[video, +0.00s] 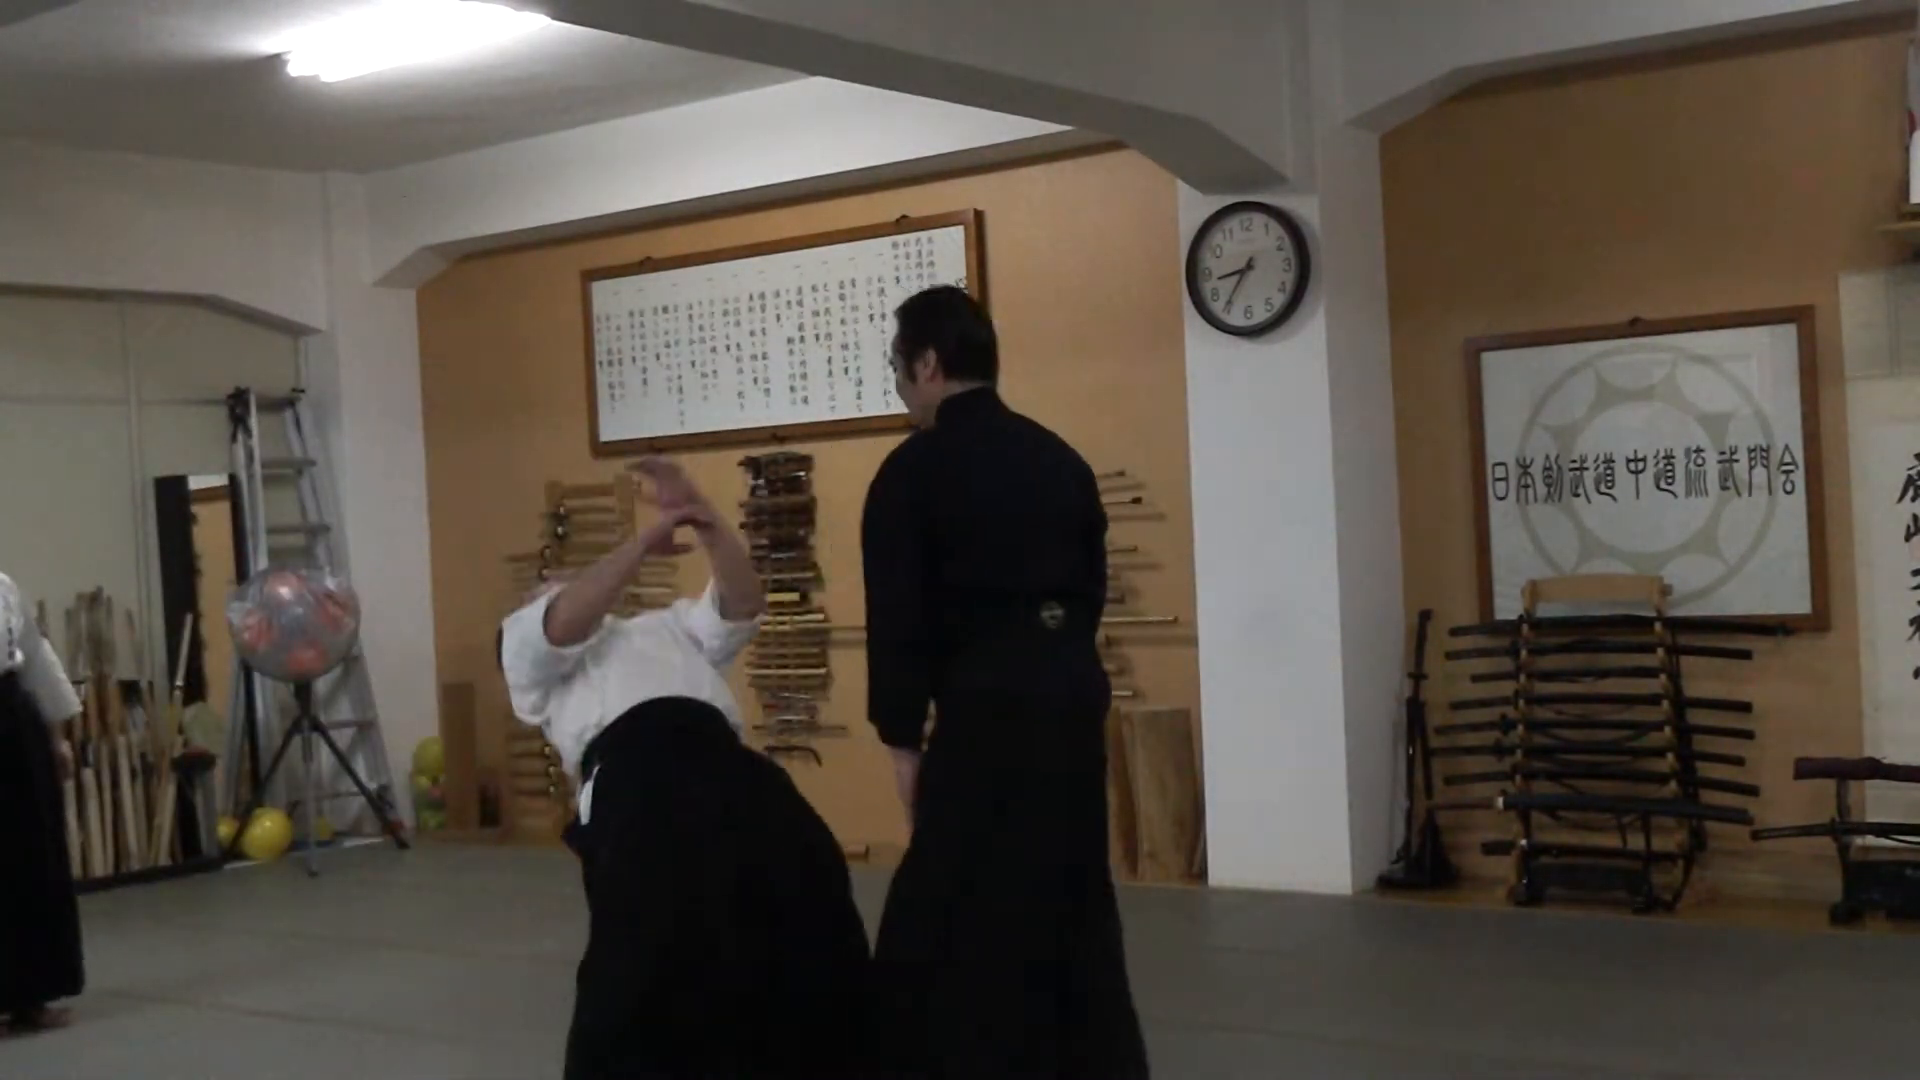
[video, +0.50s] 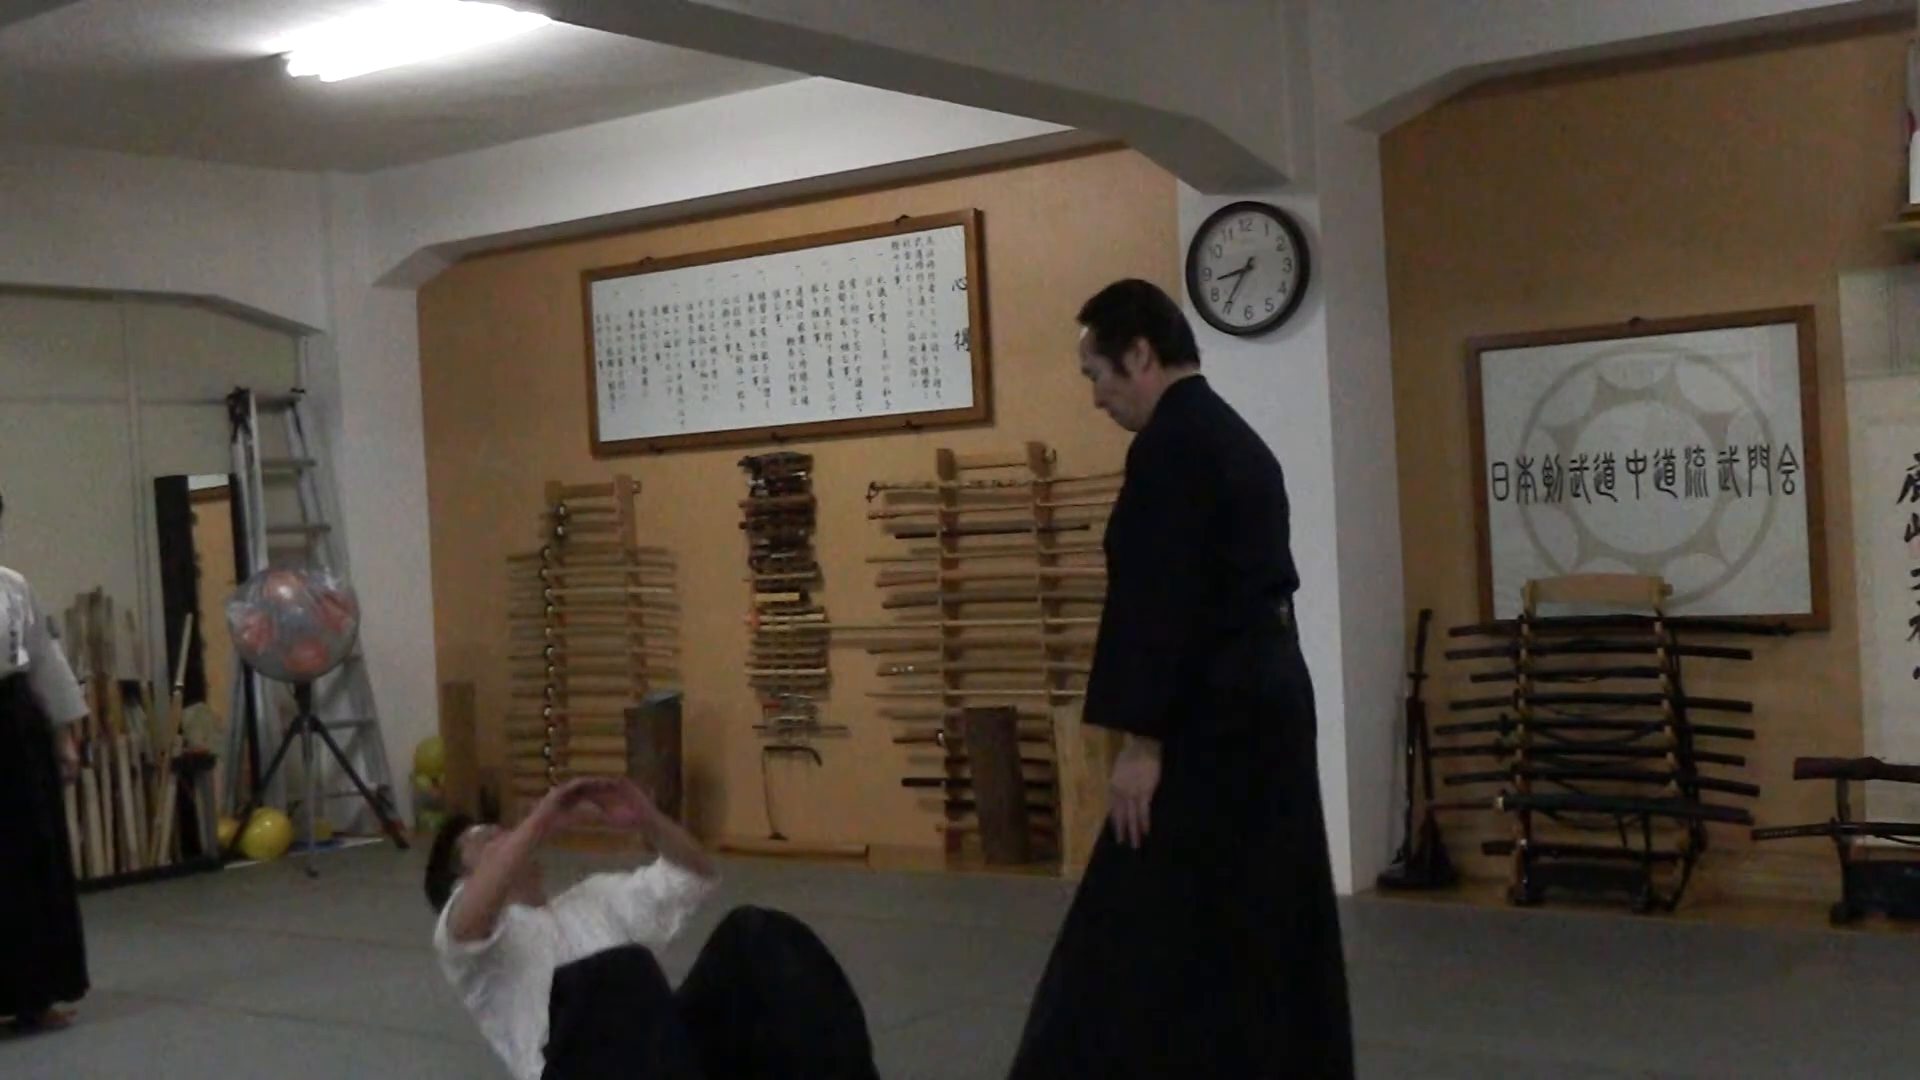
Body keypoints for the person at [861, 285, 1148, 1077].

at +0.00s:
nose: (902, 386)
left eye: (903, 369)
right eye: (901, 370)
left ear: (928, 367)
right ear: (985, 361)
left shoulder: (911, 469)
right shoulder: (1060, 457)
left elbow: (897, 619)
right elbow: (1087, 596)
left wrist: (904, 746)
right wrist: (1052, 681)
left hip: (975, 716)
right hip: (1070, 709)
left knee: (957, 903)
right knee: (1068, 899)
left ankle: (966, 1065)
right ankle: (1081, 1062)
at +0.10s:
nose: (941, 399)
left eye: (941, 381)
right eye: (937, 382)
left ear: (970, 371)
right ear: (1023, 367)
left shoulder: (966, 471)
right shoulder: (1089, 464)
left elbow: (941, 624)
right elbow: (1104, 610)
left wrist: (938, 761)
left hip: (1003, 731)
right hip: (1097, 716)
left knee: (971, 918)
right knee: (1094, 907)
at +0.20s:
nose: (984, 404)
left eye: (983, 383)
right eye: (979, 386)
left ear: (1019, 370)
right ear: (1061, 367)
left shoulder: (1025, 466)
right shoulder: (1135, 462)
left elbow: (995, 612)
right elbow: (1136, 611)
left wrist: (985, 750)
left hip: (1051, 731)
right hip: (1141, 717)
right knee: (1145, 916)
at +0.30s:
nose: (1023, 409)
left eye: (1023, 385)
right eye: (1017, 389)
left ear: (1064, 368)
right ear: (1085, 369)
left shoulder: (1081, 463)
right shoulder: (1175, 458)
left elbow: (1055, 610)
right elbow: (1184, 609)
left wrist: (1048, 744)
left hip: (1116, 739)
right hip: (1199, 723)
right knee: (1192, 928)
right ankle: (1216, 1069)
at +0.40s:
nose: (1062, 407)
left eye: (1061, 386)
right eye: (1055, 391)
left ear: (1104, 364)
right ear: (1124, 364)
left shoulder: (1129, 456)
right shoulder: (1207, 449)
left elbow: (1118, 606)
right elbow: (1221, 605)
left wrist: (1105, 751)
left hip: (1169, 733)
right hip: (1241, 719)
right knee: (1226, 936)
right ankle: (1232, 1068)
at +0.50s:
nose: (1095, 396)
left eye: (1096, 374)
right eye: (1089, 378)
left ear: (1140, 356)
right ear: (1154, 357)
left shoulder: (1173, 444)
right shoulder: (1230, 436)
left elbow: (1161, 601)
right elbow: (1244, 599)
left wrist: (1143, 740)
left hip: (1210, 726)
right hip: (1267, 715)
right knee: (1258, 935)